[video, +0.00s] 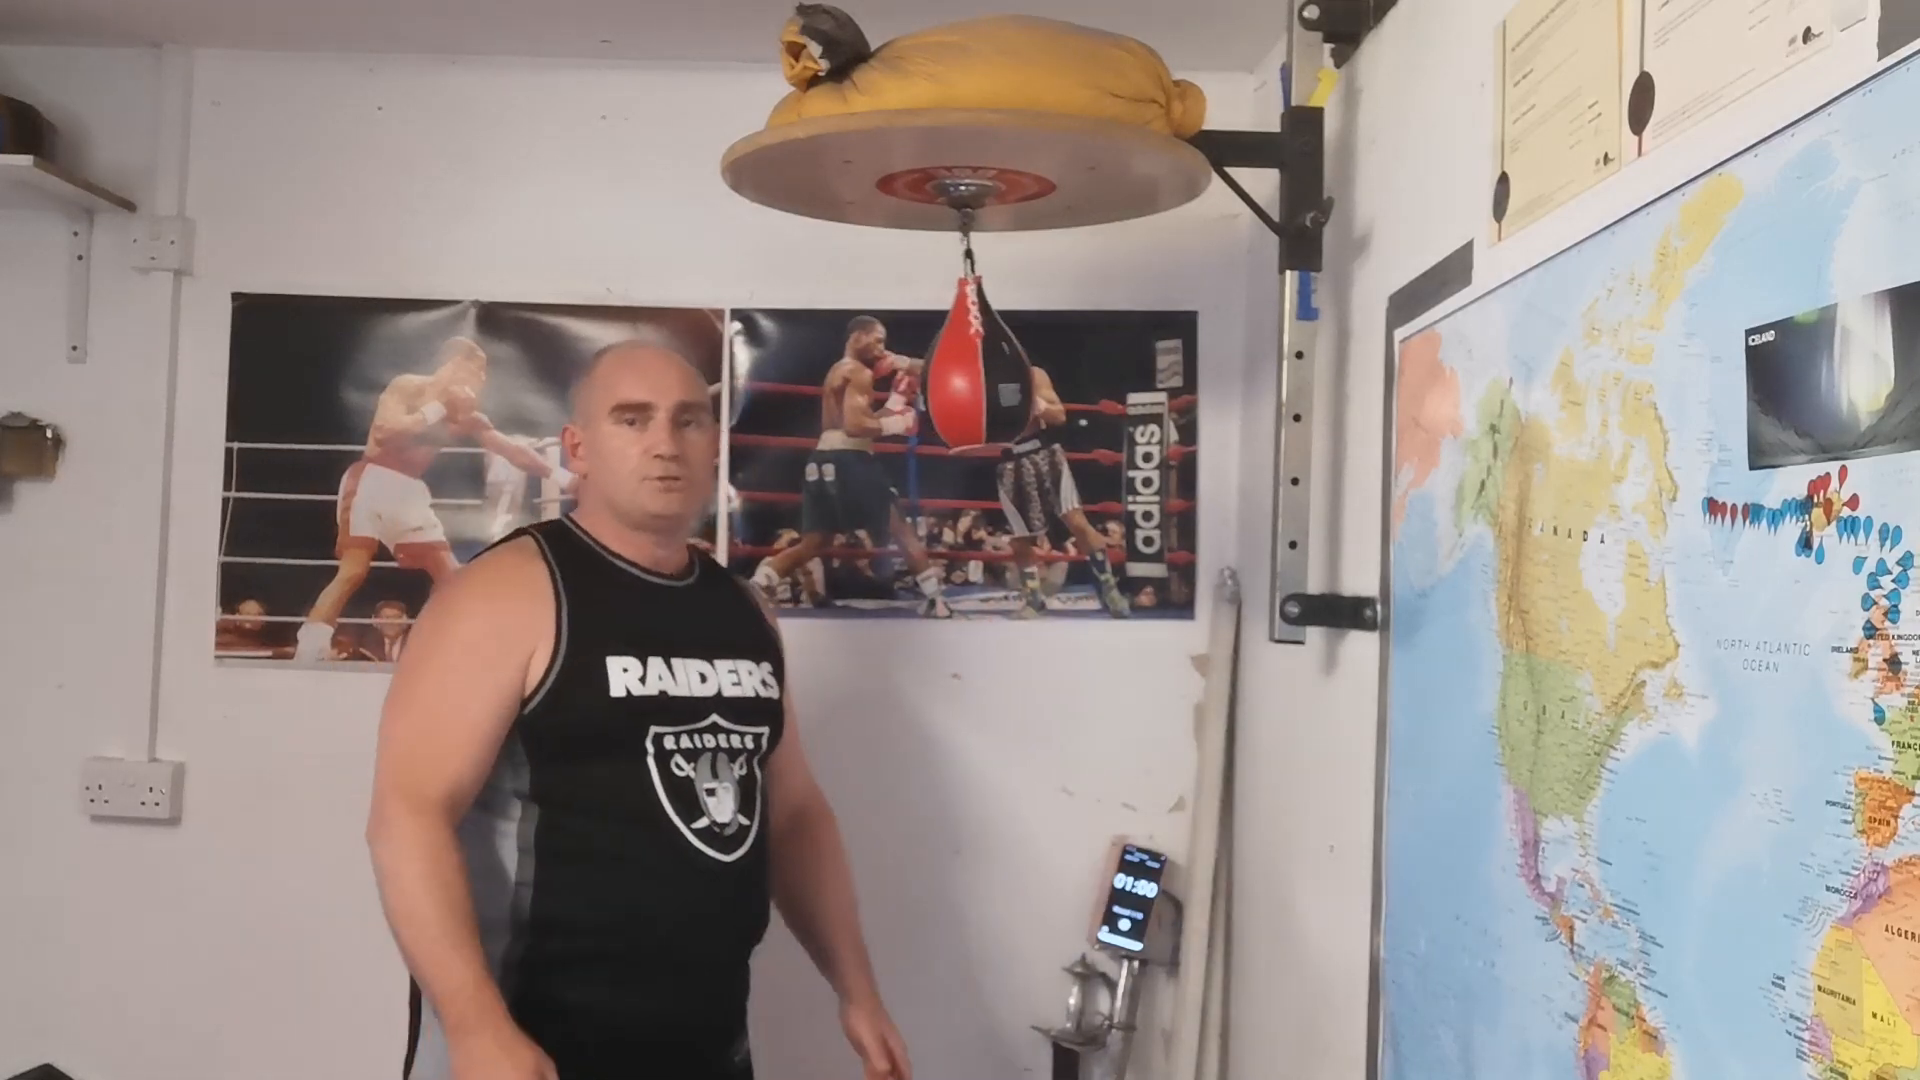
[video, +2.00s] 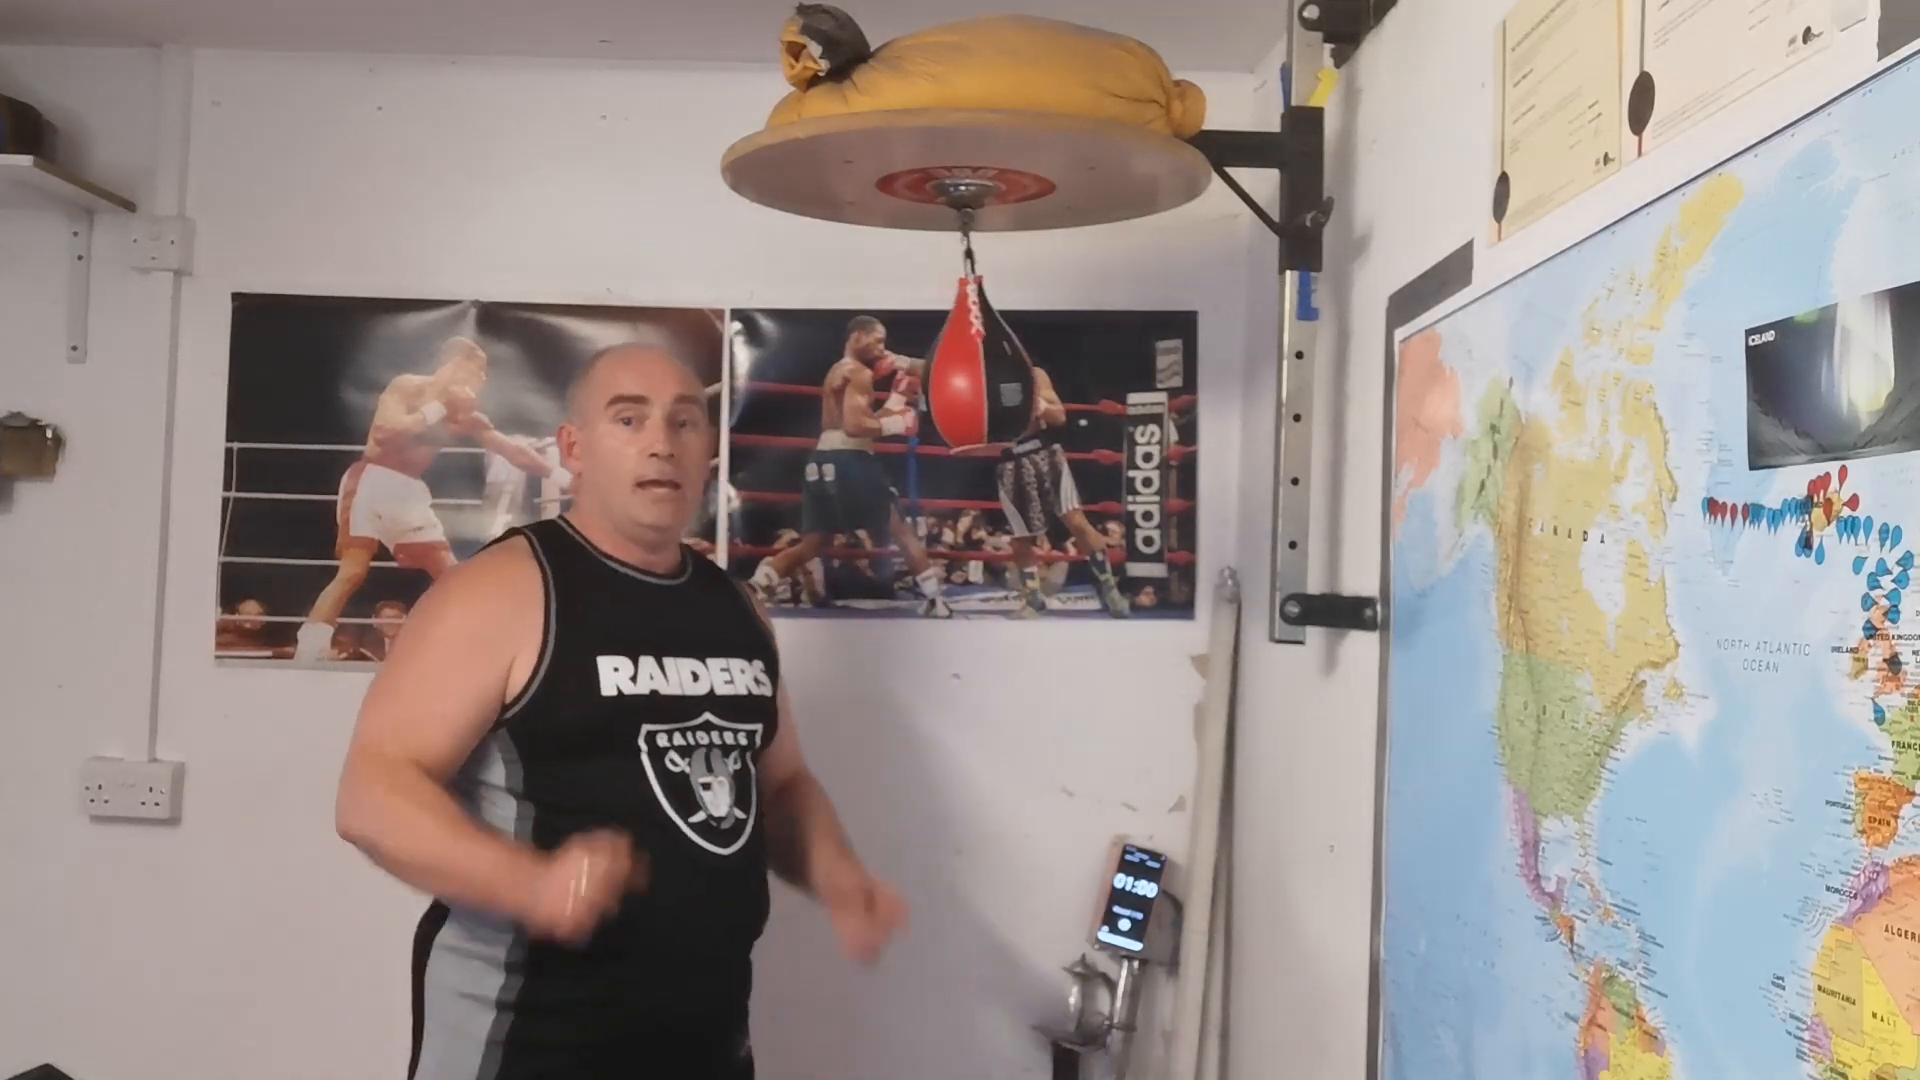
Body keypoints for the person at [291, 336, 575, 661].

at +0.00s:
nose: (476, 382)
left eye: (480, 375)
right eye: (473, 372)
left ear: (476, 379)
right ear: (453, 365)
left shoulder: (462, 411)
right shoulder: (404, 387)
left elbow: (512, 451)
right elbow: (382, 433)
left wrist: (559, 477)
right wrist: (432, 415)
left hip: (408, 491)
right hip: (370, 482)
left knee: (447, 573)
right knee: (353, 569)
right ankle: (308, 646)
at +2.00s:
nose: (480, 381)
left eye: (482, 375)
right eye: (475, 371)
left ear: (476, 378)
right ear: (453, 364)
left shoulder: (464, 411)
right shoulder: (406, 386)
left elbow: (509, 449)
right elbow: (382, 433)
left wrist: (558, 475)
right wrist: (433, 414)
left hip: (410, 492)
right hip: (371, 482)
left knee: (449, 573)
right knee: (352, 572)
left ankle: (461, 655)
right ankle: (307, 650)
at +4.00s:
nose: (476, 385)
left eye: (479, 378)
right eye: (472, 374)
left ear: (477, 380)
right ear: (452, 365)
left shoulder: (464, 415)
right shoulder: (405, 386)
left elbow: (511, 449)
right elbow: (384, 433)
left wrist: (563, 478)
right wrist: (437, 409)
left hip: (408, 493)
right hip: (367, 483)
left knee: (449, 574)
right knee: (353, 570)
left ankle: (463, 654)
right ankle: (306, 651)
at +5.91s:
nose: (478, 384)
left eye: (480, 377)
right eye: (474, 374)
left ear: (475, 381)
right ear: (452, 365)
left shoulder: (464, 415)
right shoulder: (405, 387)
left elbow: (511, 450)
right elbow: (383, 432)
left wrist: (563, 478)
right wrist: (437, 409)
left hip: (409, 493)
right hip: (369, 483)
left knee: (449, 573)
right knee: (353, 571)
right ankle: (306, 652)